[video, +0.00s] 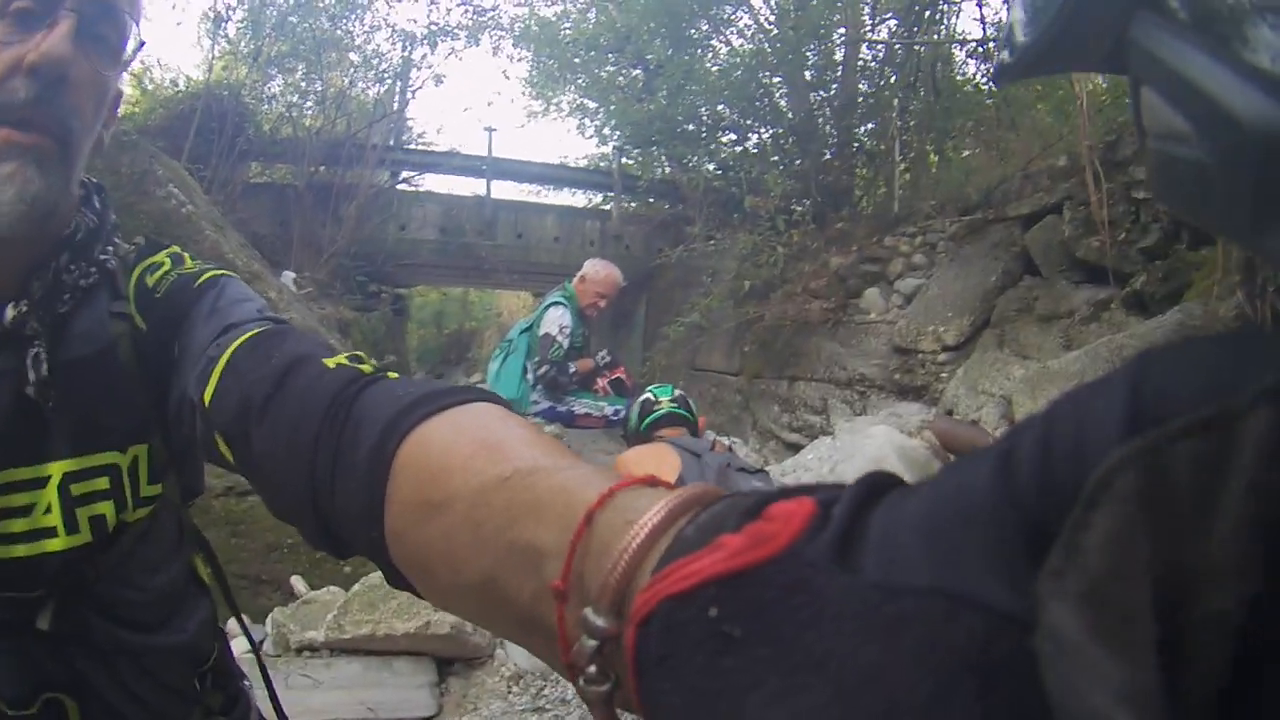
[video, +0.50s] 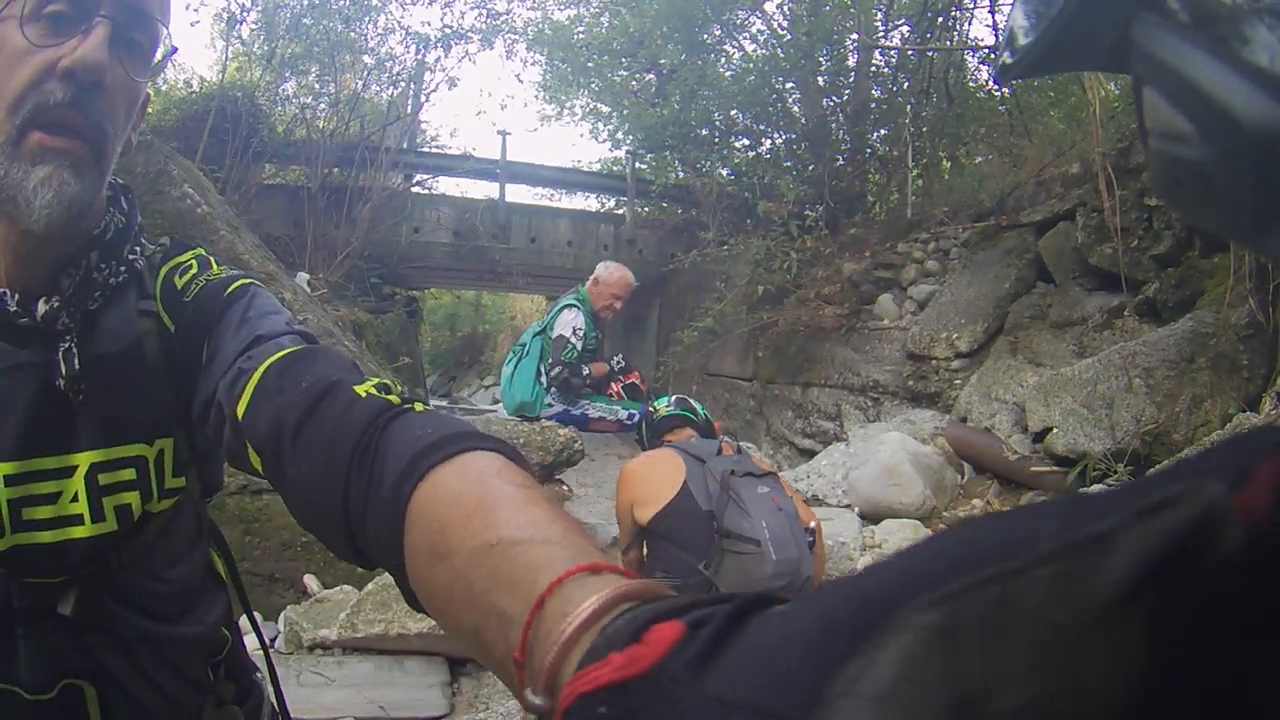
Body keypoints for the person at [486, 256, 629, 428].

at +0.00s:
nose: (603, 305)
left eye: (608, 300)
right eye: (599, 296)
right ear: (580, 282)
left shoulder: (573, 309)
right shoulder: (559, 312)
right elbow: (547, 375)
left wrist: (593, 381)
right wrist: (592, 363)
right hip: (536, 402)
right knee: (627, 412)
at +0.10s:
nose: (602, 313)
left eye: (607, 308)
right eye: (598, 304)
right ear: (578, 289)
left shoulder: (570, 316)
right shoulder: (558, 319)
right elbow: (545, 381)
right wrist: (592, 371)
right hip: (534, 407)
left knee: (624, 413)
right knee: (624, 420)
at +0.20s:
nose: (615, 307)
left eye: (621, 302)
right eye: (612, 299)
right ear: (592, 284)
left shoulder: (584, 311)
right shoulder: (572, 314)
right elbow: (561, 377)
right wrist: (606, 366)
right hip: (549, 404)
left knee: (639, 408)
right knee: (640, 416)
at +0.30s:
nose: (616, 308)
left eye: (621, 302)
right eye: (613, 299)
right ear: (592, 285)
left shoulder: (584, 311)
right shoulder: (572, 314)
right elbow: (561, 376)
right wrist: (606, 367)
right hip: (546, 404)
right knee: (640, 416)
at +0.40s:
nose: (617, 307)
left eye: (622, 302)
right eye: (613, 298)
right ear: (593, 285)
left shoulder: (584, 311)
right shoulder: (573, 314)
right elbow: (561, 375)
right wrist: (607, 367)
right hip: (547, 404)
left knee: (635, 406)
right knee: (636, 415)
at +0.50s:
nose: (618, 307)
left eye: (623, 301)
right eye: (614, 298)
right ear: (594, 285)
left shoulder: (585, 312)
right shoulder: (573, 314)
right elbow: (561, 376)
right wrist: (606, 367)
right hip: (548, 404)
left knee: (637, 407)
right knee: (638, 415)